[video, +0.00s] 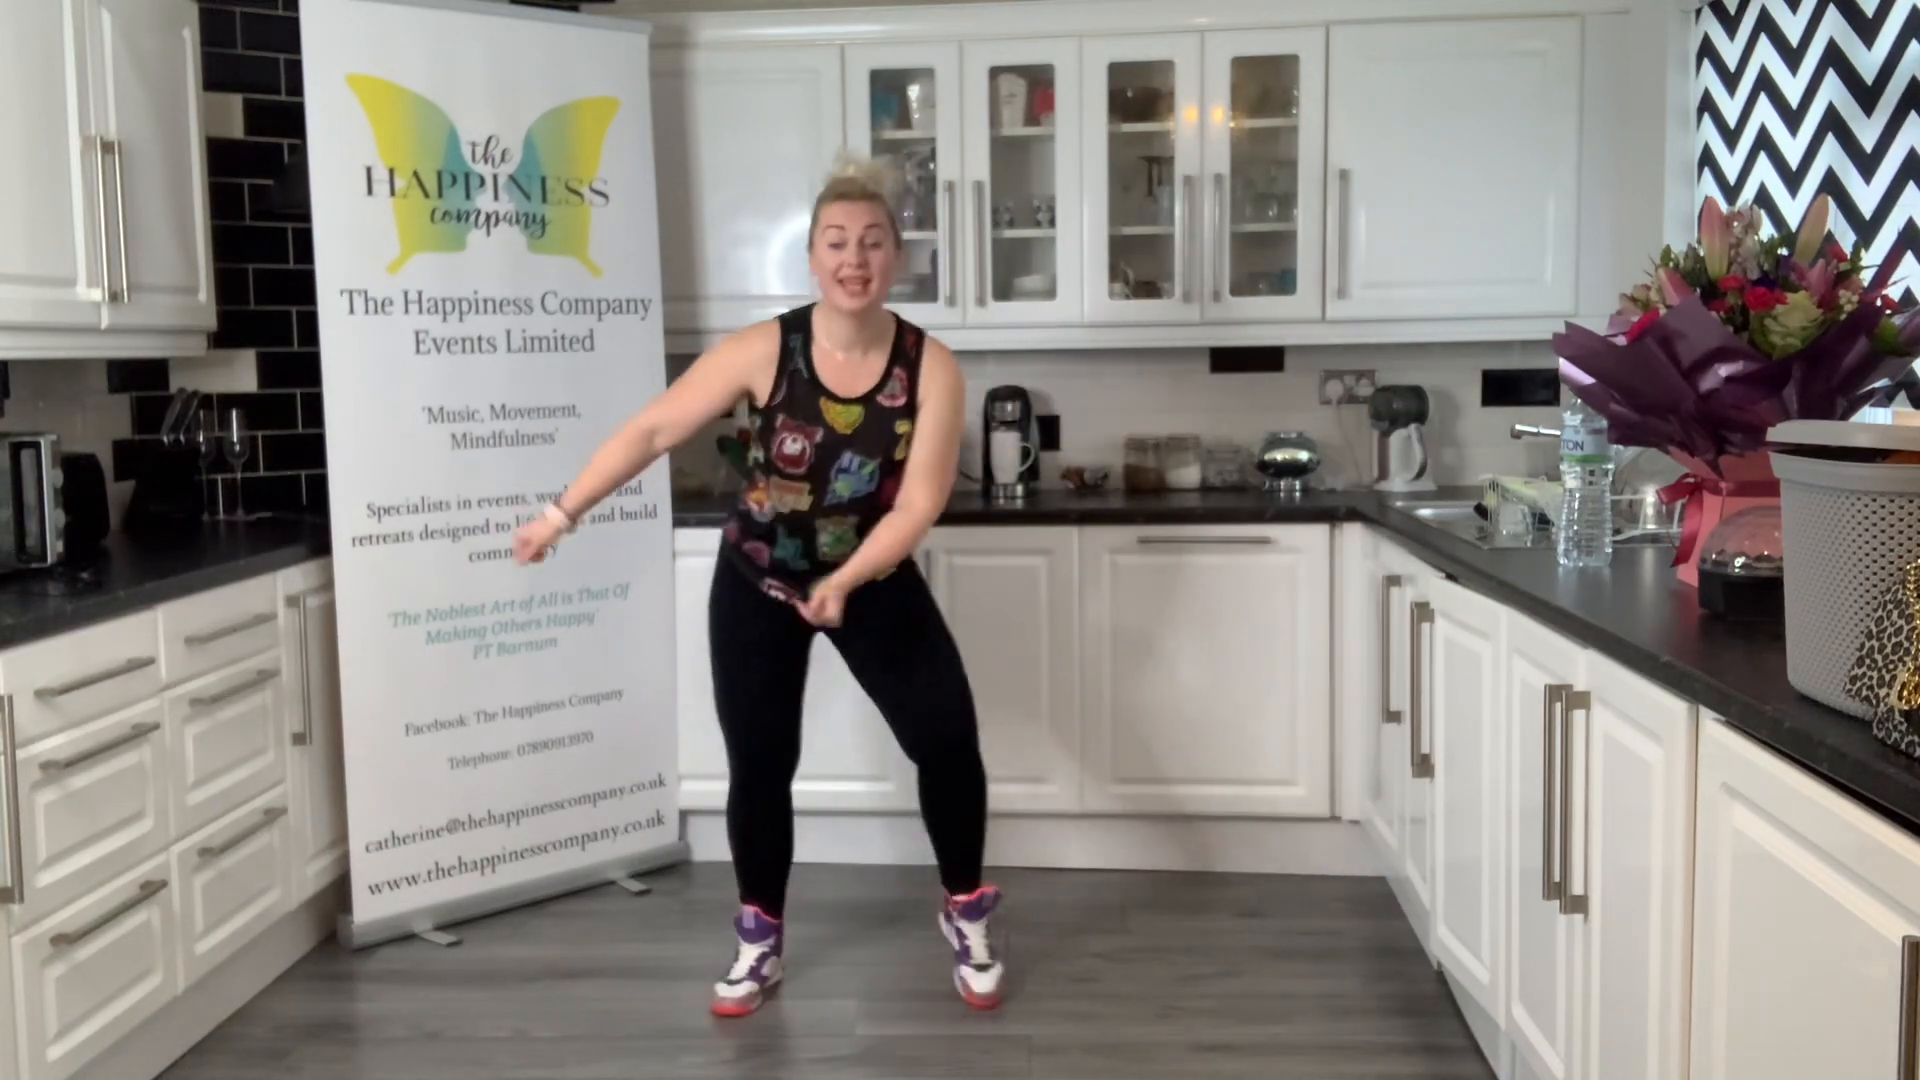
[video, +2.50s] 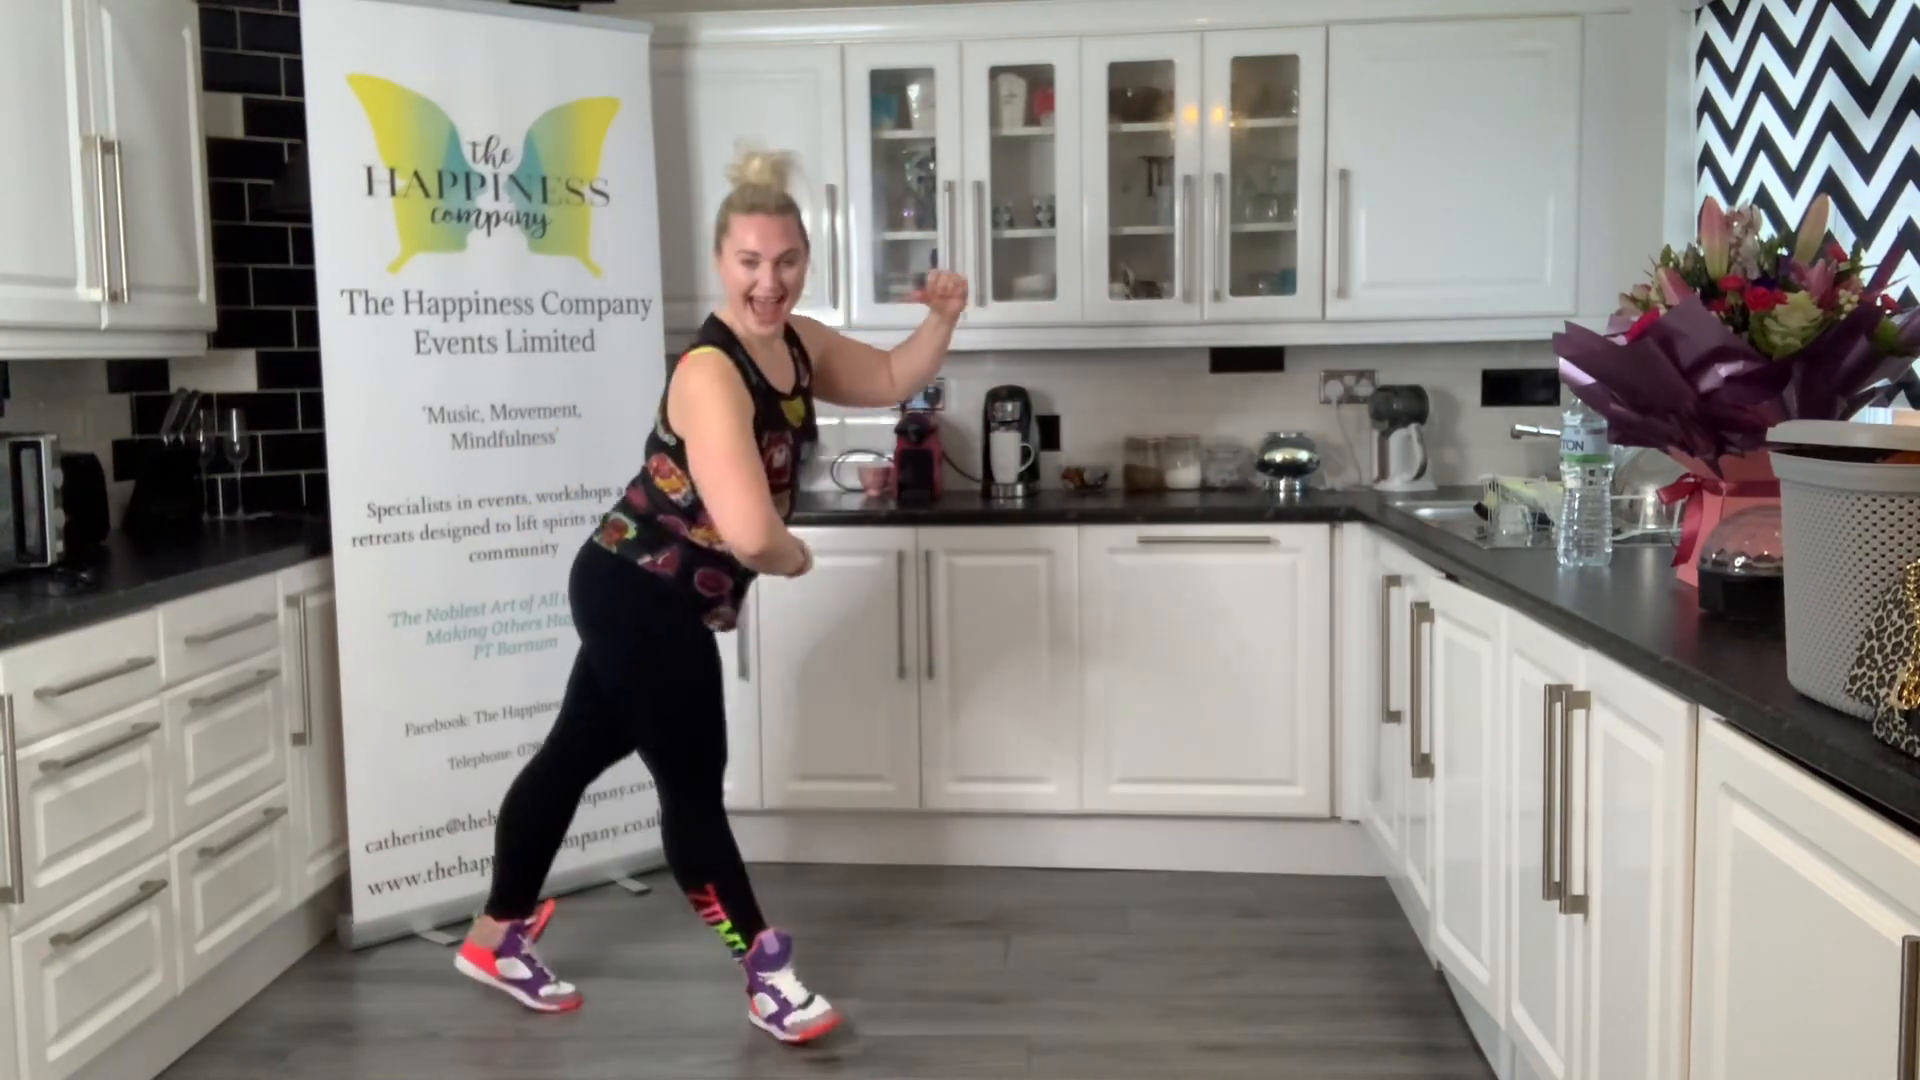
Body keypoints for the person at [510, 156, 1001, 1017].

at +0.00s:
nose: (854, 258)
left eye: (872, 241)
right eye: (836, 242)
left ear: (898, 255)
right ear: (812, 255)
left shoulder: (930, 368)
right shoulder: (762, 351)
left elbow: (920, 503)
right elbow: (653, 429)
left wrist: (846, 581)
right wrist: (565, 509)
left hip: (876, 572)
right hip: (760, 577)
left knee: (949, 736)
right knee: (759, 764)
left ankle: (966, 911)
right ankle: (759, 939)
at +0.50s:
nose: (802, 272)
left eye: (819, 254)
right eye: (784, 255)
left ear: (845, 260)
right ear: (760, 261)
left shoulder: (882, 348)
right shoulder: (730, 342)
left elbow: (941, 444)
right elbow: (635, 442)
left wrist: (885, 340)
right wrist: (691, 366)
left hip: (847, 583)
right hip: (735, 584)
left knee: (901, 741)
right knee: (738, 764)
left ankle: (889, 886)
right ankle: (753, 935)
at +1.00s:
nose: (868, 271)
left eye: (885, 251)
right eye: (849, 252)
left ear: (910, 254)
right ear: (825, 258)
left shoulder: (947, 363)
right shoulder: (806, 353)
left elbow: (930, 488)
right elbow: (676, 374)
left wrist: (809, 538)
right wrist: (586, 371)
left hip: (962, 605)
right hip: (862, 603)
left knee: (941, 787)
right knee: (805, 790)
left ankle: (930, 938)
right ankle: (718, 957)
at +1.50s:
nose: (867, 254)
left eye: (885, 234)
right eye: (848, 235)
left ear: (910, 237)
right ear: (822, 238)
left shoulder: (947, 329)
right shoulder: (788, 353)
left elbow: (1064, 384)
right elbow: (794, 495)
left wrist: (1088, 313)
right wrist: (901, 547)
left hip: (941, 585)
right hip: (830, 587)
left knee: (920, 755)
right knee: (814, 756)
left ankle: (925, 940)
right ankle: (773, 946)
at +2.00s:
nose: (843, 293)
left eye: (860, 275)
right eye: (825, 274)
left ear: (880, 274)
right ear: (793, 273)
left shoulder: (876, 344)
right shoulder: (779, 379)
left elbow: (966, 378)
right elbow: (853, 535)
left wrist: (1024, 314)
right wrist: (898, 562)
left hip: (800, 585)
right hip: (706, 589)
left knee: (915, 686)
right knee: (770, 771)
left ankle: (826, 841)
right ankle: (778, 975)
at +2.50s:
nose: (769, 278)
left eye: (785, 259)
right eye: (749, 260)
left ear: (806, 257)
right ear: (719, 260)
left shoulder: (798, 342)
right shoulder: (710, 373)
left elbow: (888, 380)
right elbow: (750, 535)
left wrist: (942, 317)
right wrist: (790, 555)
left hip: (669, 588)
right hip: (640, 590)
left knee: (569, 760)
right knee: (693, 778)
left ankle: (496, 935)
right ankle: (764, 970)